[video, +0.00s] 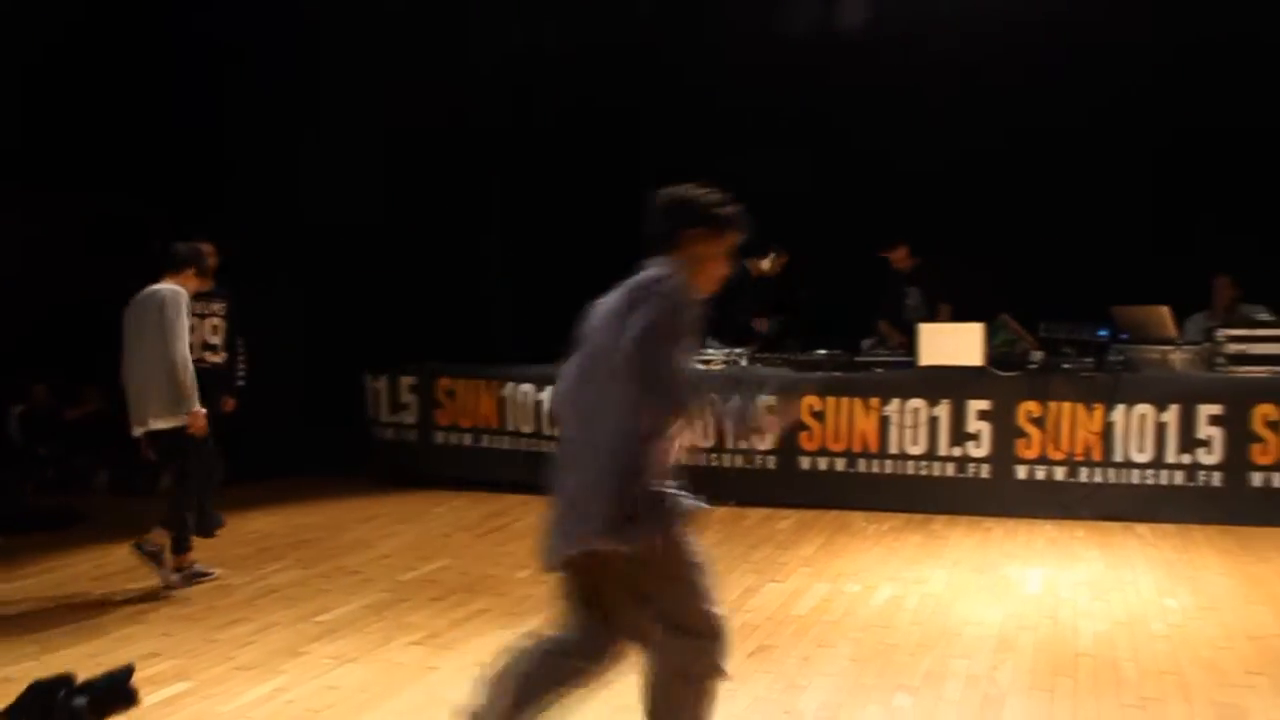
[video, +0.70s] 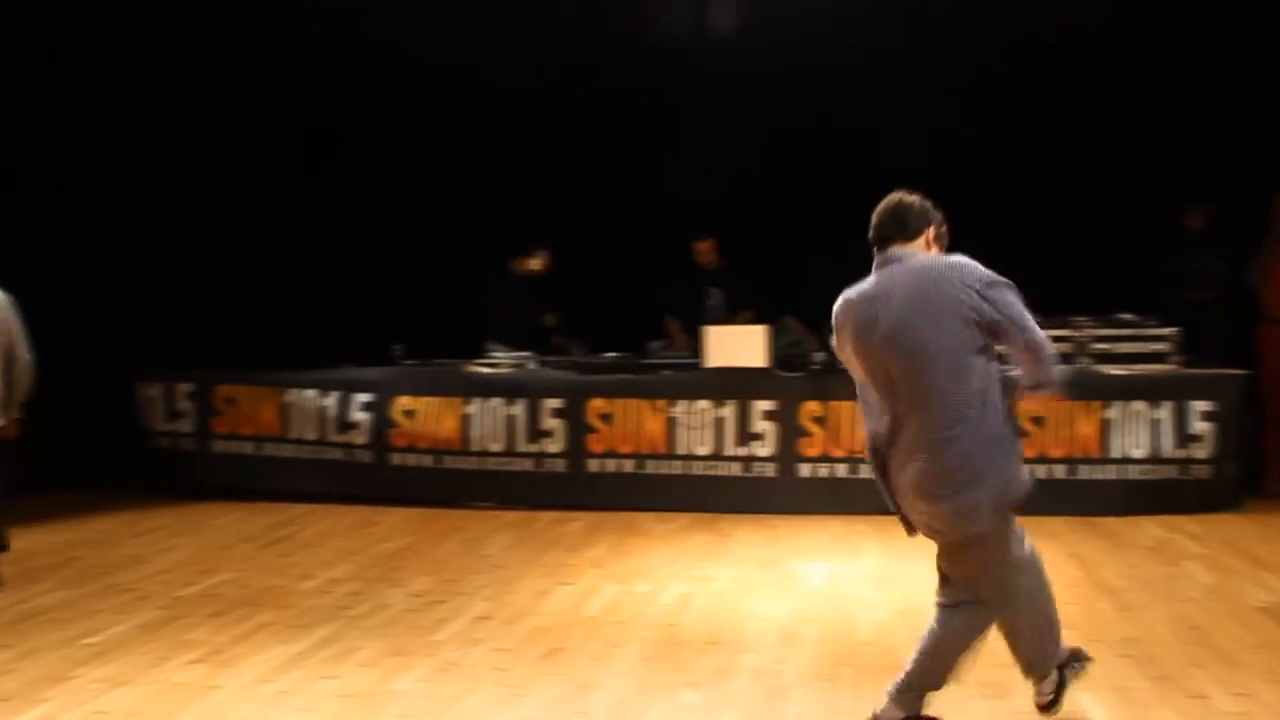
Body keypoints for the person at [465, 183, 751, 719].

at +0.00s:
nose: (725, 269)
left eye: (727, 256)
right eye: (720, 254)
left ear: (675, 244)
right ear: (690, 246)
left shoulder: (612, 304)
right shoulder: (669, 296)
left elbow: (567, 402)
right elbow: (655, 384)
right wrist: (740, 408)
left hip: (583, 521)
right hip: (633, 522)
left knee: (595, 635)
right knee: (690, 641)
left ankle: (499, 705)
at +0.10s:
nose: (786, 264)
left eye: (790, 249)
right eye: (783, 247)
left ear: (734, 233)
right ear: (756, 237)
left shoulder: (672, 293)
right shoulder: (720, 282)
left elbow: (622, 371)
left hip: (664, 500)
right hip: (702, 502)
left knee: (711, 631)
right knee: (763, 629)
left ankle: (693, 708)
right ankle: (701, 705)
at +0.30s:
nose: (901, 289)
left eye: (903, 274)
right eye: (903, 274)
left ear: (835, 258)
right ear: (889, 270)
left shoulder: (782, 321)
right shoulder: (835, 328)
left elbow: (737, 396)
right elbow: (864, 436)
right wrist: (924, 499)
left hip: (781, 553)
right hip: (843, 554)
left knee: (800, 697)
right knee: (934, 697)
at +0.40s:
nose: (946, 276)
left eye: (946, 262)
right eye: (946, 261)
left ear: (881, 256)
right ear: (933, 264)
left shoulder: (842, 323)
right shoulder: (898, 337)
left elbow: (786, 408)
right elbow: (911, 462)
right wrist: (935, 527)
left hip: (848, 549)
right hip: (899, 554)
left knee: (891, 672)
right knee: (966, 682)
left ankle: (804, 718)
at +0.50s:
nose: (958, 254)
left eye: (958, 240)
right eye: (958, 240)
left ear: (891, 232)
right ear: (943, 238)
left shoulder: (848, 297)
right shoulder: (938, 302)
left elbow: (817, 391)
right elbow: (977, 421)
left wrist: (865, 433)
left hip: (849, 498)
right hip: (910, 501)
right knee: (959, 644)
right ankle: (938, 707)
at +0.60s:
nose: (953, 239)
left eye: (954, 230)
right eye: (953, 229)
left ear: (889, 224)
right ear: (940, 223)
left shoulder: (847, 287)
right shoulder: (954, 271)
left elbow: (856, 370)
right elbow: (1014, 366)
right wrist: (982, 388)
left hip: (875, 462)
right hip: (940, 460)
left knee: (1012, 528)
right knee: (979, 592)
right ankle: (909, 708)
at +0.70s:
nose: (941, 247)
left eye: (938, 241)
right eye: (940, 240)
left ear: (877, 244)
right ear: (930, 238)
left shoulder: (847, 309)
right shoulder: (961, 275)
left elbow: (877, 404)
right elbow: (1036, 352)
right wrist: (1034, 381)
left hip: (909, 476)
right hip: (979, 464)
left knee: (1014, 561)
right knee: (970, 600)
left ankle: (1047, 672)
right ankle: (900, 706)